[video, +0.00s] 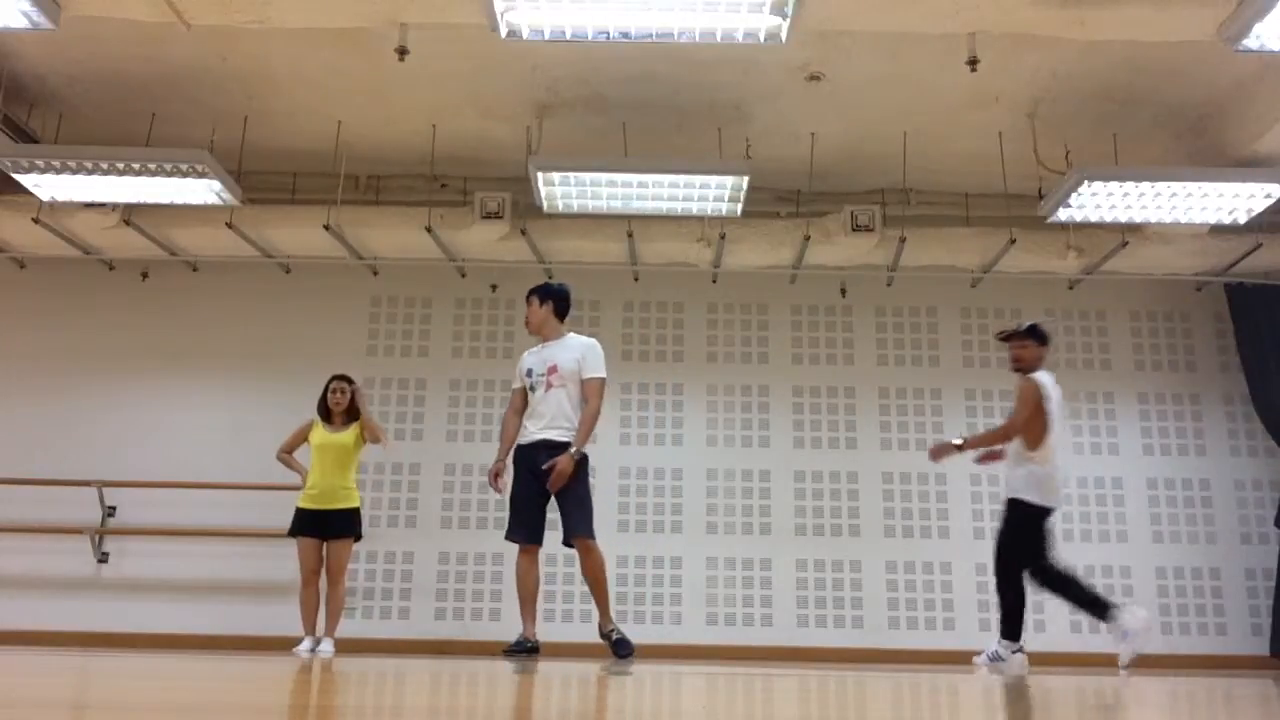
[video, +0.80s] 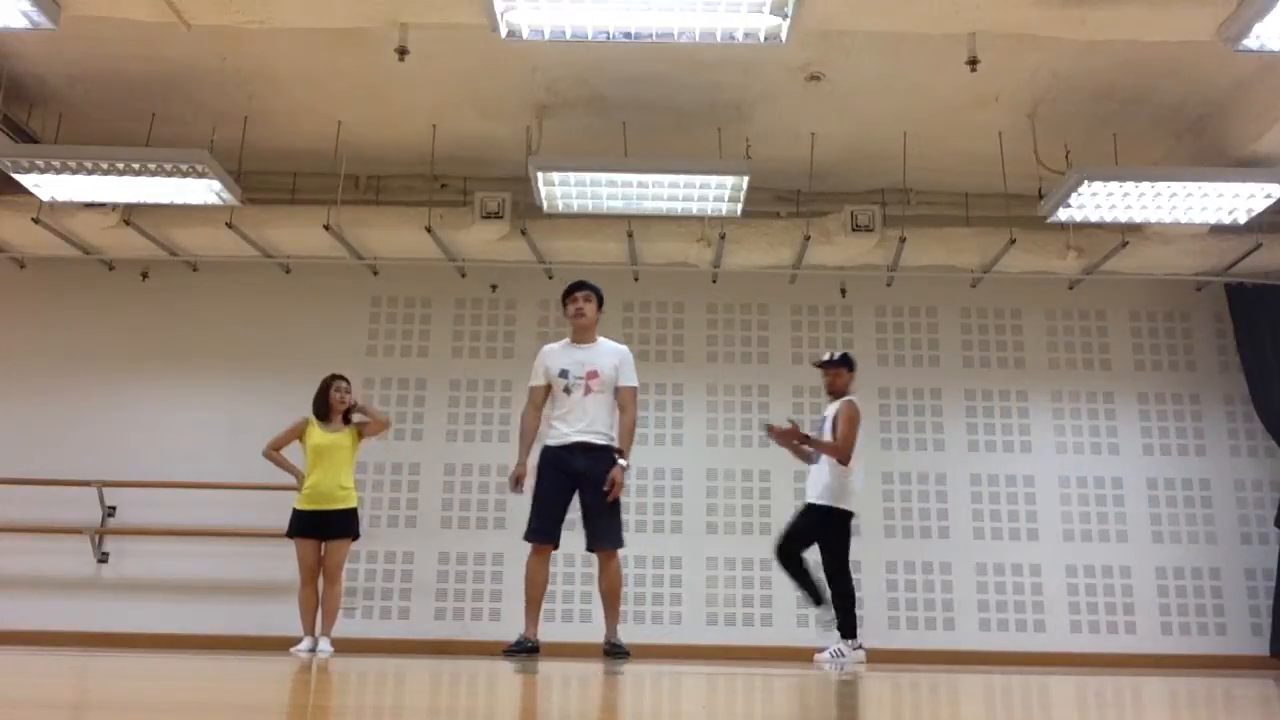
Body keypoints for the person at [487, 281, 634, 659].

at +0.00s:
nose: (525, 315)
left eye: (529, 306)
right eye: (526, 307)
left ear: (549, 308)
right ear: (543, 310)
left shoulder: (586, 347)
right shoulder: (528, 358)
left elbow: (593, 405)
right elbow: (515, 411)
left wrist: (572, 454)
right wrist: (501, 457)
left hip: (568, 453)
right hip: (527, 455)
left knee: (584, 540)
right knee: (527, 545)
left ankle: (607, 625)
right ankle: (528, 634)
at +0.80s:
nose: (579, 306)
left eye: (586, 301)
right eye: (573, 302)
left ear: (599, 309)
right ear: (565, 312)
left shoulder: (619, 355)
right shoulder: (549, 355)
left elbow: (628, 410)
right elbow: (533, 409)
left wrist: (622, 461)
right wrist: (522, 460)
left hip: (600, 458)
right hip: (555, 457)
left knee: (607, 550)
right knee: (541, 545)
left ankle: (612, 636)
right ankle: (530, 634)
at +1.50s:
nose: (595, 307)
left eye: (602, 302)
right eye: (589, 302)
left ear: (613, 311)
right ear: (579, 311)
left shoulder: (630, 357)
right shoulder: (561, 354)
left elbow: (642, 412)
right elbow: (550, 408)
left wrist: (641, 462)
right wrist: (549, 457)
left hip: (612, 457)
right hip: (568, 456)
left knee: (613, 550)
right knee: (551, 547)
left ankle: (613, 636)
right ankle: (539, 635)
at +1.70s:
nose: (581, 306)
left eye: (588, 301)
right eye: (575, 301)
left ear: (599, 310)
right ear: (565, 310)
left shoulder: (616, 355)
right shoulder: (547, 354)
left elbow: (627, 409)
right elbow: (535, 409)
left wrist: (623, 457)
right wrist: (533, 462)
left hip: (600, 456)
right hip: (556, 455)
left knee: (610, 542)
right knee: (544, 547)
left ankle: (612, 631)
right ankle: (538, 635)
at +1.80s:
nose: (577, 305)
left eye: (584, 300)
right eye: (570, 300)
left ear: (595, 309)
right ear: (560, 310)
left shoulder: (612, 353)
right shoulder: (543, 354)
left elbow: (622, 407)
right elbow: (530, 412)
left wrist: (617, 452)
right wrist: (528, 466)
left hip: (599, 455)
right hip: (554, 456)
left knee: (612, 533)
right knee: (544, 546)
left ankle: (613, 624)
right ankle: (539, 634)